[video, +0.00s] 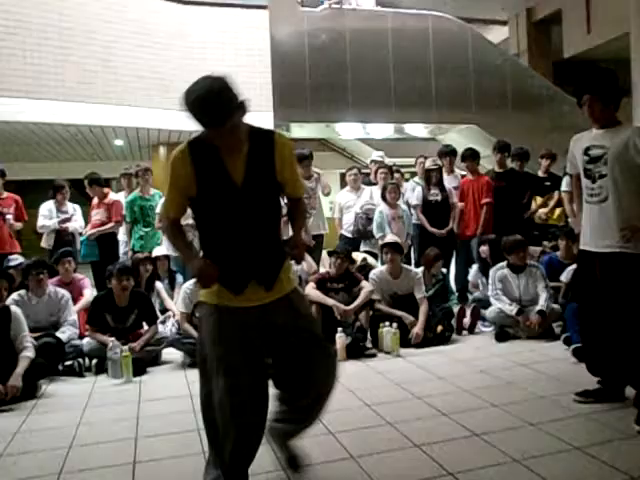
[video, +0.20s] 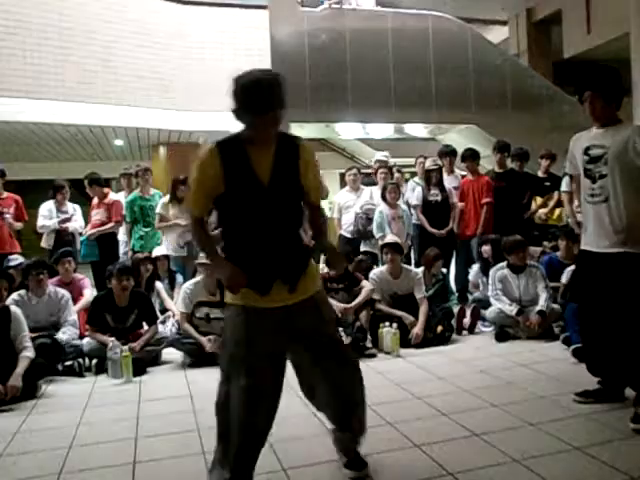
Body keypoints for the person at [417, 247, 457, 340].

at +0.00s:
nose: (440, 267)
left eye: (440, 264)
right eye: (437, 265)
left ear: (441, 264)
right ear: (430, 265)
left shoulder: (443, 276)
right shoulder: (417, 275)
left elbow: (451, 294)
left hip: (440, 309)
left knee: (447, 310)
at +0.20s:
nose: (439, 268)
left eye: (440, 265)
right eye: (437, 265)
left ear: (441, 264)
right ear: (430, 265)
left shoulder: (443, 276)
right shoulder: (418, 275)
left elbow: (451, 294)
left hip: (440, 309)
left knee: (447, 311)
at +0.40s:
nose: (439, 268)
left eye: (440, 265)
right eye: (436, 265)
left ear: (441, 264)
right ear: (429, 264)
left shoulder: (442, 275)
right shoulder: (417, 275)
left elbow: (450, 293)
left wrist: (451, 305)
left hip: (439, 308)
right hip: (423, 309)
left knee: (447, 310)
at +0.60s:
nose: (437, 266)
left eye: (439, 263)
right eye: (435, 264)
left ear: (440, 263)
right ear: (427, 264)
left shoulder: (442, 274)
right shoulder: (416, 275)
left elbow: (449, 292)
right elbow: (417, 295)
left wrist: (451, 304)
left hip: (439, 305)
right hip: (423, 306)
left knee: (446, 310)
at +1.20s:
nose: (440, 262)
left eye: (442, 259)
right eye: (437, 259)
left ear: (446, 260)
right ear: (432, 260)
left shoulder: (452, 275)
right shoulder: (426, 274)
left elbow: (458, 292)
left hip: (448, 305)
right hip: (431, 305)